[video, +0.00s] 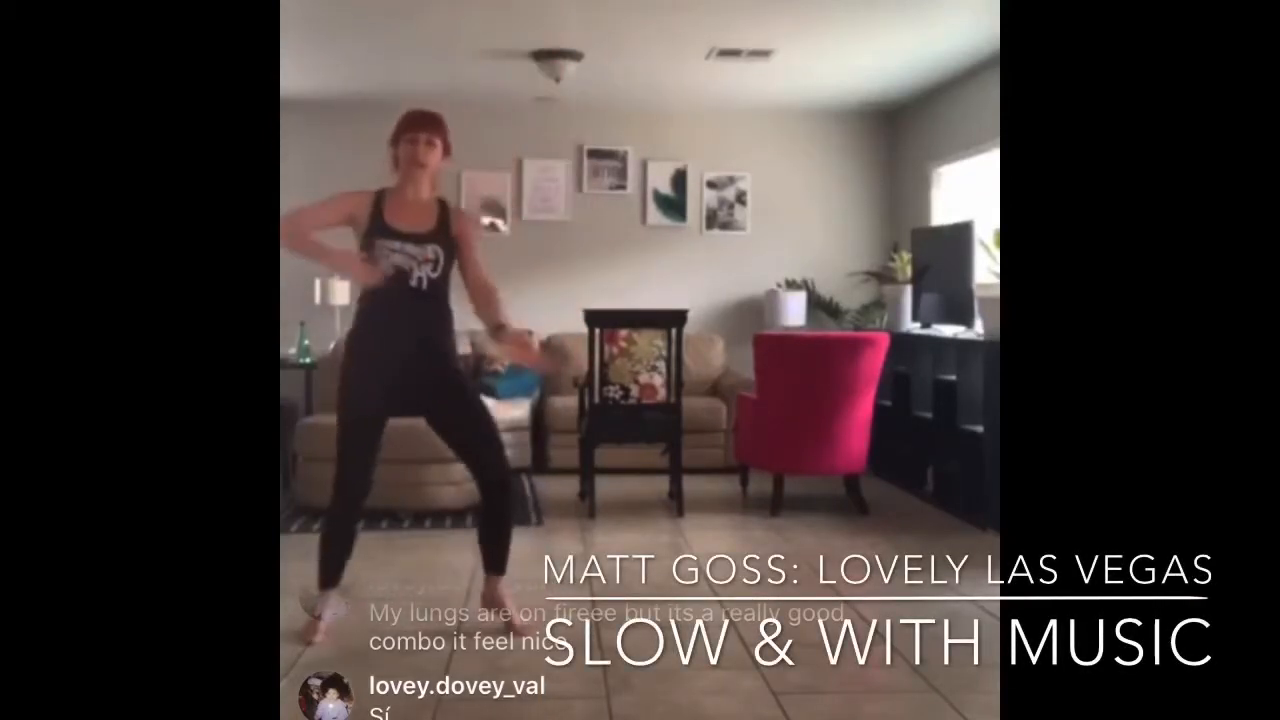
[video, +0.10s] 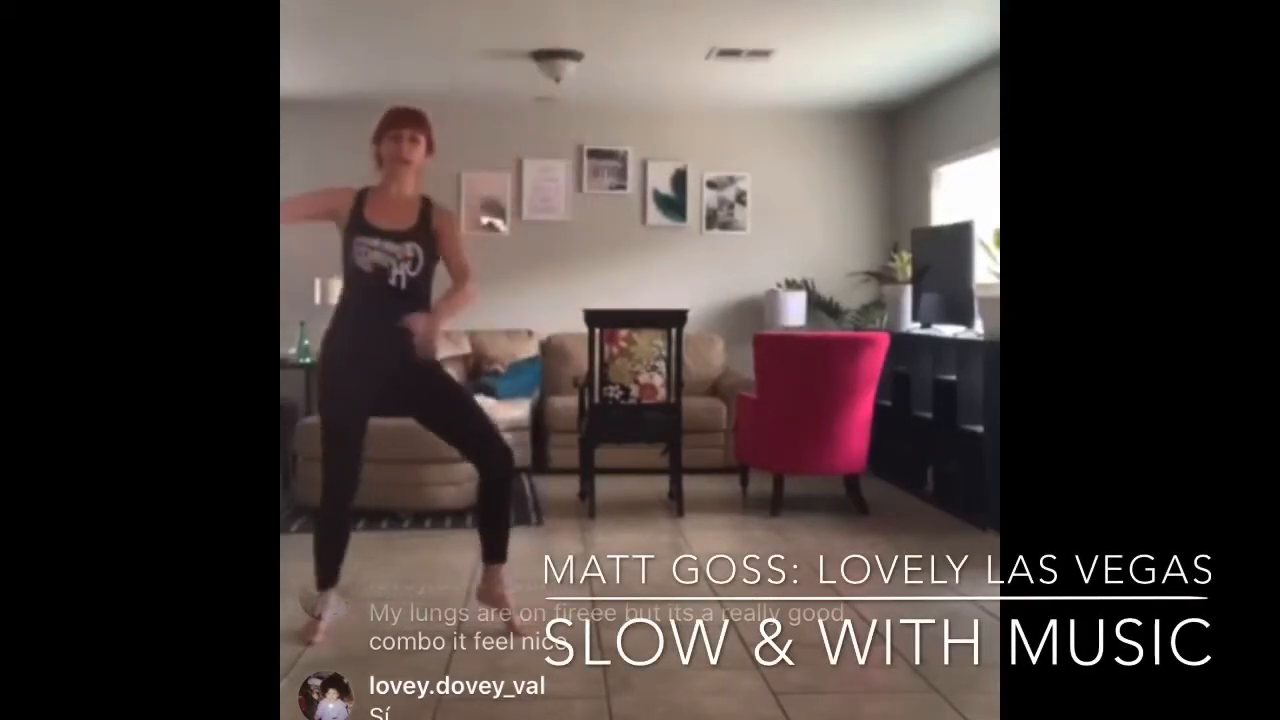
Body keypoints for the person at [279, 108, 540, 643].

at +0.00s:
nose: (419, 150)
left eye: (429, 144)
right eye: (411, 142)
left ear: (444, 156)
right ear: (394, 150)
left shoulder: (457, 222)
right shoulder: (365, 205)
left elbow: (481, 289)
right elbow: (290, 229)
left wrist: (503, 329)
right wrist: (345, 262)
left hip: (434, 365)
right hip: (369, 364)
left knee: (497, 474)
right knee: (351, 486)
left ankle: (495, 589)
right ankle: (327, 601)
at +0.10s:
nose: (402, 146)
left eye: (413, 140)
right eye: (393, 138)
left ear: (426, 154)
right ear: (377, 148)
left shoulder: (437, 218)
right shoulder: (348, 203)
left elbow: (467, 286)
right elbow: (287, 210)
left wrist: (437, 318)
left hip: (407, 361)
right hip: (348, 360)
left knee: (497, 461)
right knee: (339, 487)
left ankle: (493, 581)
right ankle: (326, 598)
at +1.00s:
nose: (380, 145)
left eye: (388, 140)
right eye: (370, 134)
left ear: (393, 153)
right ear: (343, 138)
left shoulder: (394, 204)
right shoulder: (305, 201)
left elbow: (446, 224)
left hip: (380, 350)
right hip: (319, 351)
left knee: (439, 463)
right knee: (325, 474)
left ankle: (482, 581)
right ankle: (323, 592)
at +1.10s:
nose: (389, 143)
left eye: (395, 138)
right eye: (380, 131)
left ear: (396, 149)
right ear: (348, 134)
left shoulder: (399, 204)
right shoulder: (308, 200)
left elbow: (480, 218)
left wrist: (556, 222)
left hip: (384, 352)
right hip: (324, 353)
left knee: (440, 464)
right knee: (328, 479)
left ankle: (480, 583)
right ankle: (324, 594)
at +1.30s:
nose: (411, 140)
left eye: (415, 133)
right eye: (403, 129)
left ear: (412, 141)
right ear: (371, 130)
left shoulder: (416, 195)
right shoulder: (337, 192)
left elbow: (481, 218)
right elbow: (287, 233)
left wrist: (551, 221)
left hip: (408, 349)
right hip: (354, 349)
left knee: (452, 459)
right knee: (347, 471)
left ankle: (430, 587)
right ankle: (326, 590)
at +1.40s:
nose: (428, 137)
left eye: (431, 130)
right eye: (419, 126)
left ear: (421, 140)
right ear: (388, 128)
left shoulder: (421, 192)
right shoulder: (365, 190)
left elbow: (467, 218)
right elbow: (331, 230)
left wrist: (518, 227)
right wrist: (314, 249)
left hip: (428, 344)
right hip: (380, 345)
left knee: (449, 460)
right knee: (374, 464)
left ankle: (427, 588)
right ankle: (331, 587)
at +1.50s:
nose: (441, 138)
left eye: (444, 131)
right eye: (433, 127)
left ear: (431, 137)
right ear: (403, 128)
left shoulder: (426, 192)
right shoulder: (384, 190)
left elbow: (449, 240)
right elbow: (441, 240)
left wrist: (480, 237)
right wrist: (482, 229)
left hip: (440, 338)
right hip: (404, 338)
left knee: (449, 461)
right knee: (412, 463)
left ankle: (427, 588)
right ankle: (366, 595)